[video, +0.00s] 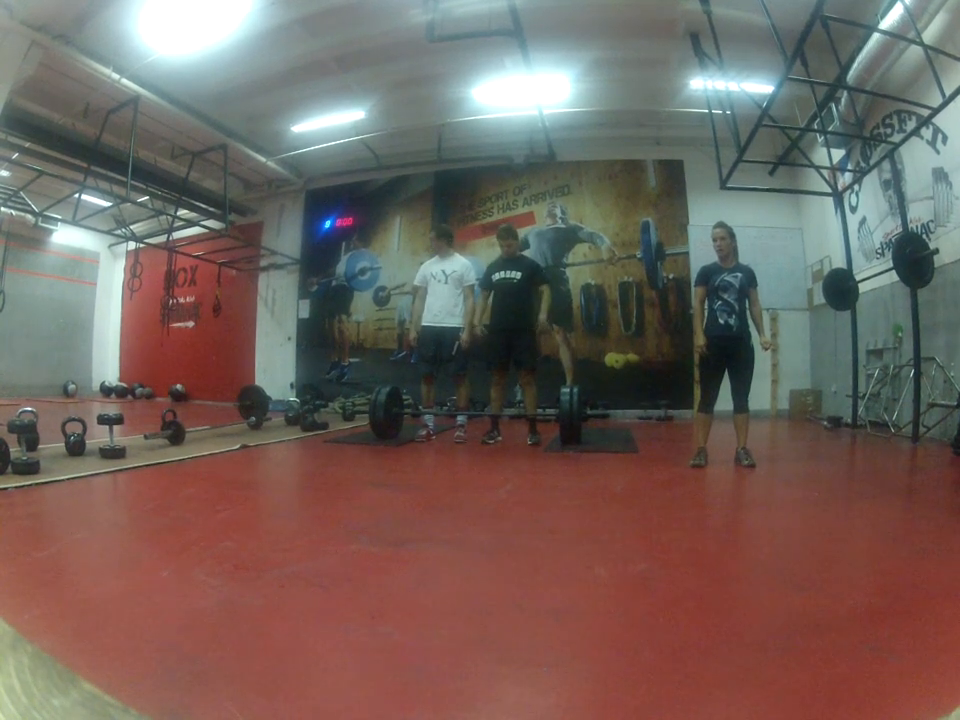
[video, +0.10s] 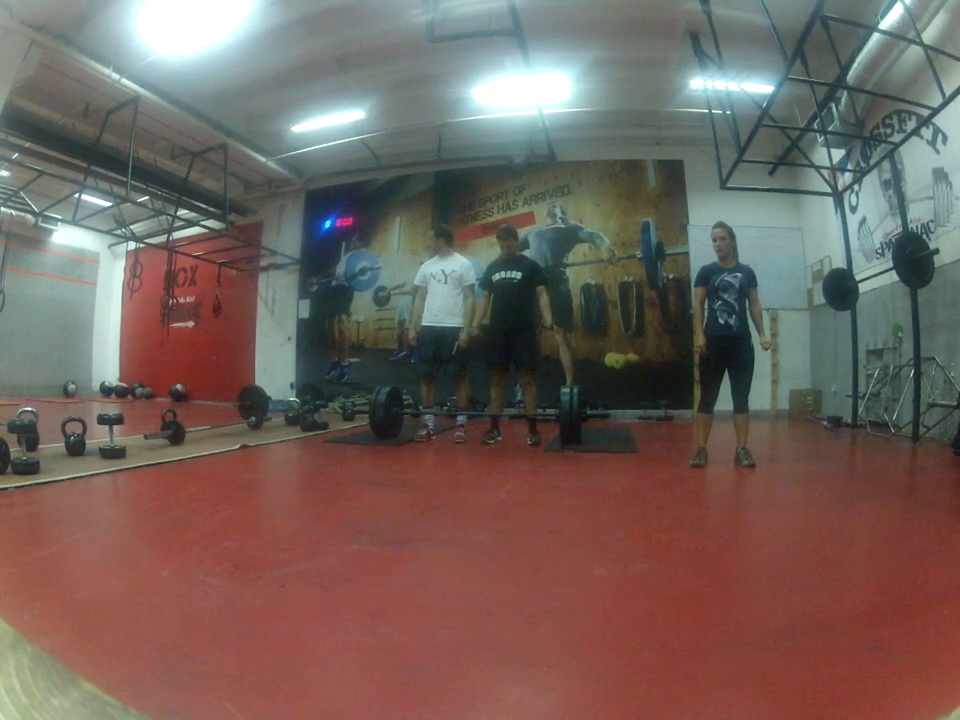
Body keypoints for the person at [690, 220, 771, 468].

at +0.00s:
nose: (718, 244)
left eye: (722, 239)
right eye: (715, 240)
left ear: (733, 242)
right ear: (712, 244)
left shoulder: (746, 272)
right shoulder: (706, 272)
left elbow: (754, 305)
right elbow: (698, 305)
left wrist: (762, 334)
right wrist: (698, 335)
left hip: (740, 343)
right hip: (712, 343)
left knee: (741, 400)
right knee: (707, 400)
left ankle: (742, 449)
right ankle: (700, 450)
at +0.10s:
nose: (718, 244)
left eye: (722, 239)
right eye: (715, 240)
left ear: (733, 241)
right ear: (711, 244)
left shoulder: (746, 272)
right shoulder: (706, 272)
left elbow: (754, 305)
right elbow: (698, 306)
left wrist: (762, 334)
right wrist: (698, 335)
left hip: (740, 343)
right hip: (712, 342)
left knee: (741, 400)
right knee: (707, 399)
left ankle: (742, 449)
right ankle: (700, 449)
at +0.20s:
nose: (718, 244)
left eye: (722, 239)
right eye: (715, 240)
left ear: (733, 241)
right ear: (711, 244)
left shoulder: (746, 272)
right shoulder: (706, 272)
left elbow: (754, 305)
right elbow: (698, 306)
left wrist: (762, 334)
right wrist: (698, 335)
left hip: (741, 343)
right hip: (713, 342)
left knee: (741, 400)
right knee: (707, 399)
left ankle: (742, 449)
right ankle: (700, 449)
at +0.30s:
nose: (718, 244)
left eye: (722, 239)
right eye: (715, 240)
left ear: (733, 241)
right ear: (711, 244)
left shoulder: (746, 272)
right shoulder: (706, 272)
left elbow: (754, 305)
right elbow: (698, 305)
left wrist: (762, 334)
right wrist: (698, 335)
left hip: (741, 343)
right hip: (713, 342)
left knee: (741, 400)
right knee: (707, 399)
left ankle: (742, 449)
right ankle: (700, 449)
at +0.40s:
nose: (718, 244)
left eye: (722, 239)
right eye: (715, 240)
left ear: (733, 241)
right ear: (711, 244)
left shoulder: (746, 272)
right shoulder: (706, 272)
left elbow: (754, 305)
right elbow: (698, 305)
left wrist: (762, 334)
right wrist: (698, 335)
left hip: (741, 343)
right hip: (713, 342)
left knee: (741, 400)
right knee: (707, 399)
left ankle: (742, 449)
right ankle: (700, 449)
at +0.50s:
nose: (718, 244)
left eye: (722, 239)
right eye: (715, 240)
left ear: (733, 241)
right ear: (711, 244)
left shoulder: (746, 272)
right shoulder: (706, 272)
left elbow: (754, 305)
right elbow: (698, 305)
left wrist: (762, 334)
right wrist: (698, 335)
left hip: (741, 343)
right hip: (713, 342)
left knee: (741, 400)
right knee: (707, 399)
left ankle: (742, 449)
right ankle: (700, 449)